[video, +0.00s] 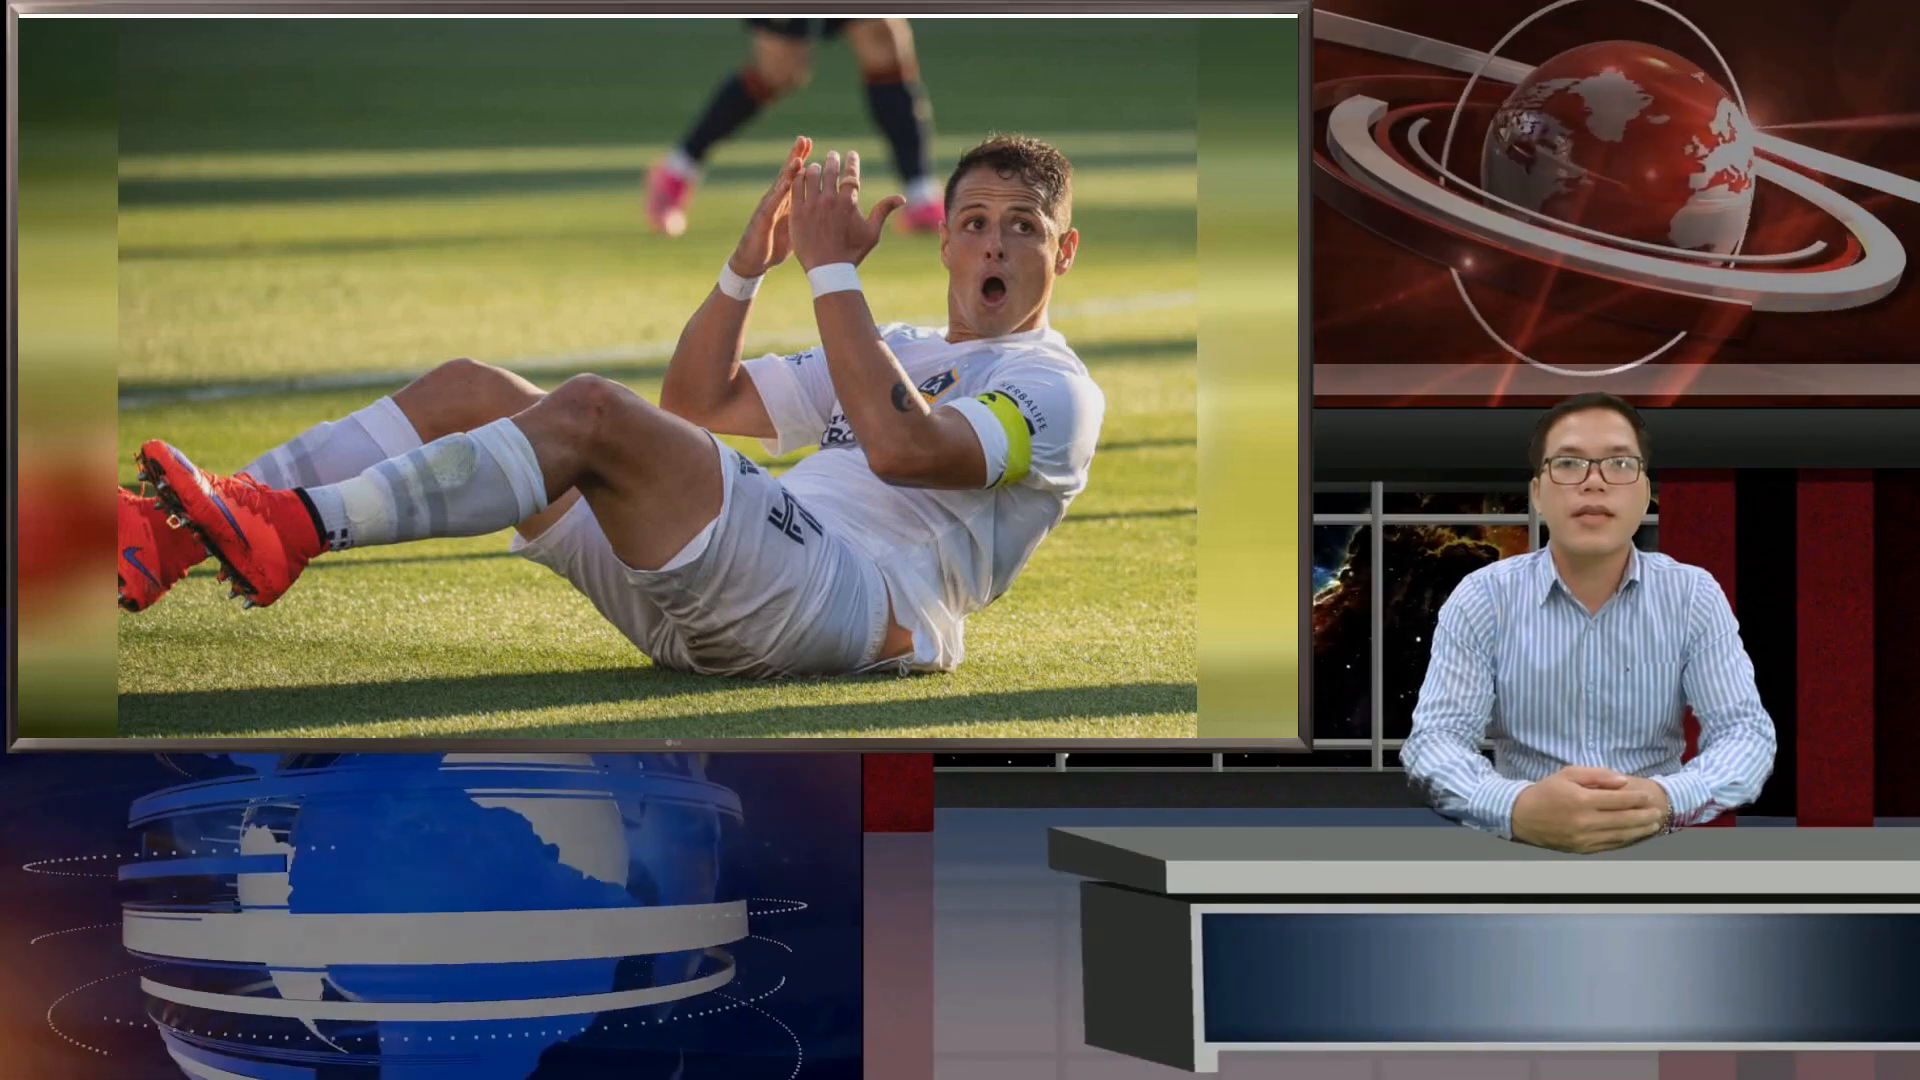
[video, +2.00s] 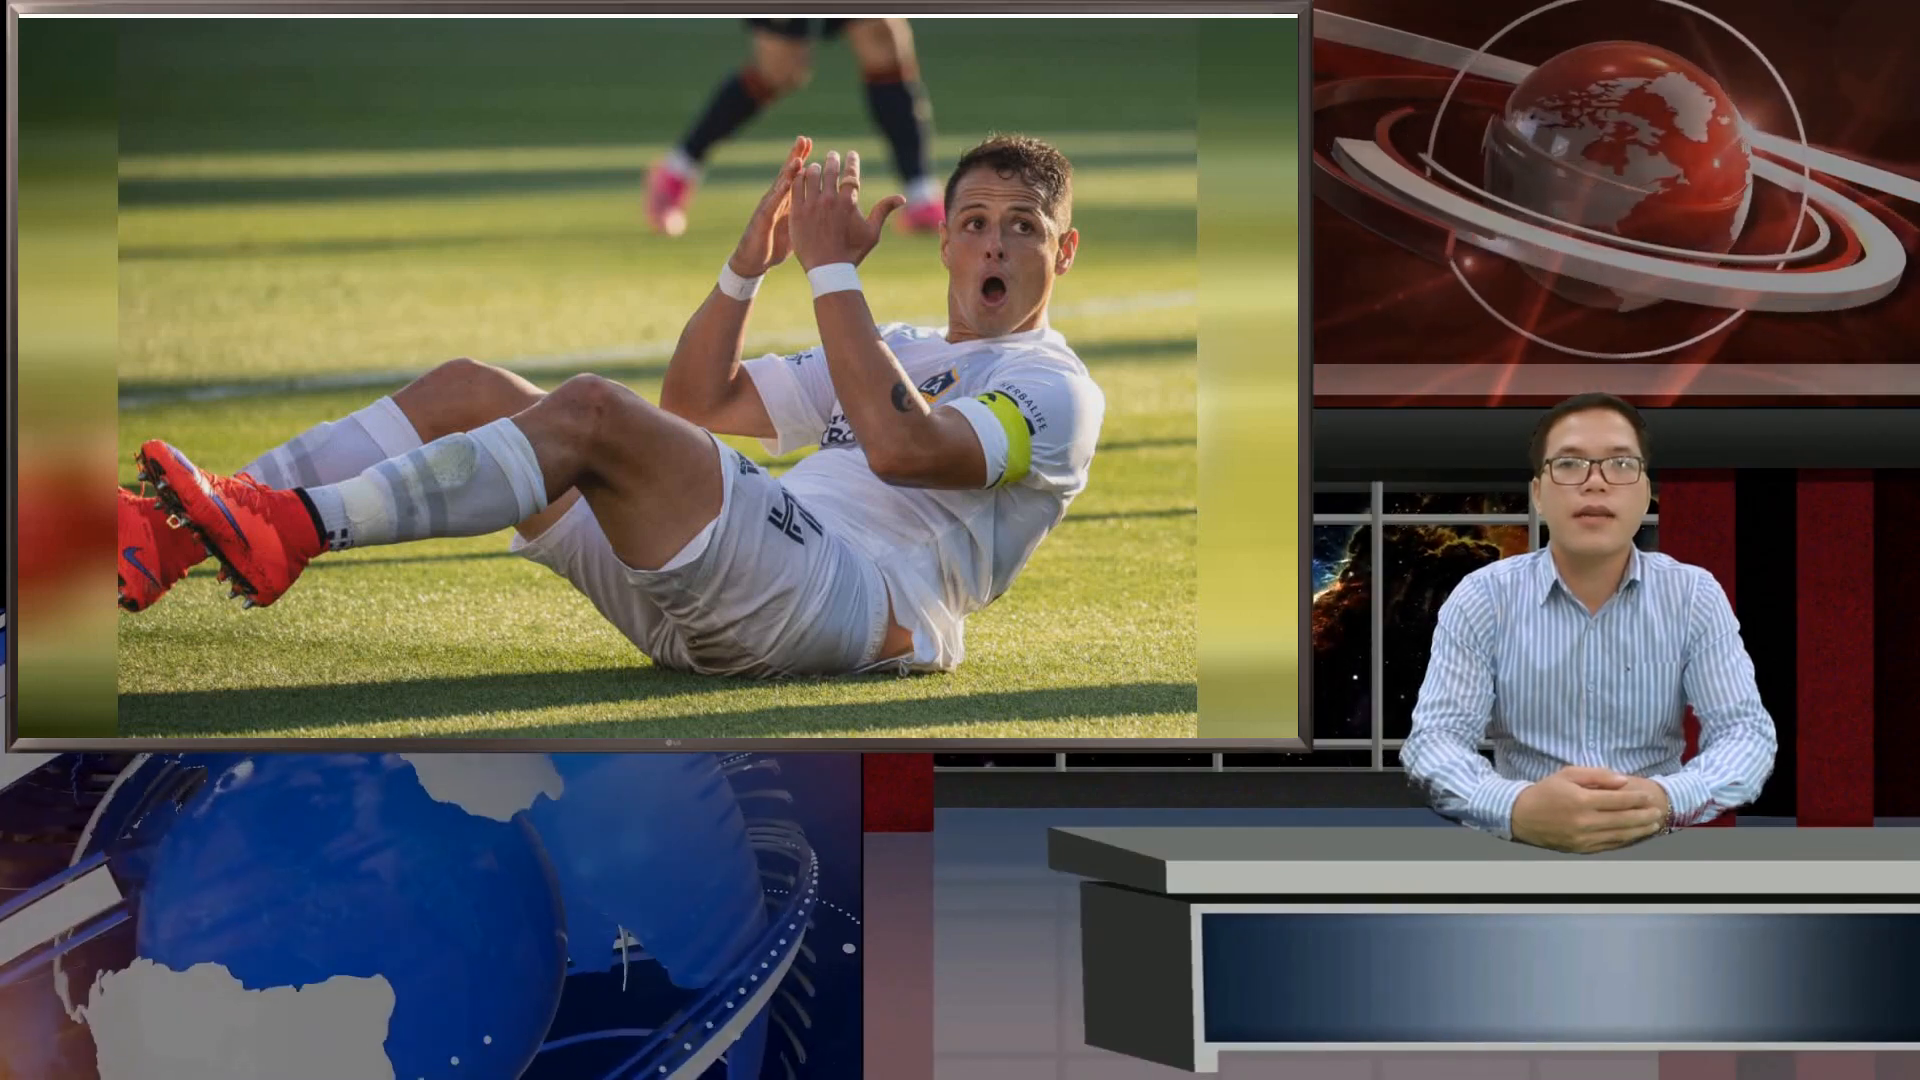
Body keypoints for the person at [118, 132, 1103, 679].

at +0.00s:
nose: (995, 246)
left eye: (1022, 230)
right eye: (976, 224)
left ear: (1065, 258)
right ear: (943, 240)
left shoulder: (1055, 389)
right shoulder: (892, 357)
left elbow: (902, 447)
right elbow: (695, 404)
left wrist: (833, 270)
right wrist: (746, 270)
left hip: (840, 602)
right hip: (733, 571)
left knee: (592, 413)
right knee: (468, 389)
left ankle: (299, 525)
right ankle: (179, 539)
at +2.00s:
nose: (995, 246)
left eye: (1022, 230)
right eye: (976, 224)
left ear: (1065, 257)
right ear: (942, 241)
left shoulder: (1055, 389)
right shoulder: (892, 358)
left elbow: (902, 447)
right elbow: (695, 404)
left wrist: (833, 270)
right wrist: (747, 270)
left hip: (840, 603)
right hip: (732, 573)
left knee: (593, 413)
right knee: (468, 389)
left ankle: (299, 525)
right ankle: (180, 538)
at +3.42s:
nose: (996, 246)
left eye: (1023, 229)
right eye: (977, 223)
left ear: (1066, 257)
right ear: (943, 241)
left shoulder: (1056, 389)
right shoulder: (892, 358)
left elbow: (901, 447)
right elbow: (695, 405)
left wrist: (833, 268)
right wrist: (747, 269)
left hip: (841, 604)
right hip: (732, 573)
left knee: (593, 413)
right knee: (467, 389)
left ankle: (300, 524)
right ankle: (175, 541)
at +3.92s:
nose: (996, 246)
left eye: (1023, 229)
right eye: (977, 223)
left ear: (1066, 257)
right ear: (943, 241)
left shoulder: (1056, 389)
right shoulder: (892, 358)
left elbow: (901, 447)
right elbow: (695, 405)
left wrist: (833, 268)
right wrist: (747, 270)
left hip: (840, 604)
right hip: (732, 572)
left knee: (593, 413)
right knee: (468, 389)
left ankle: (300, 524)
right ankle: (175, 541)